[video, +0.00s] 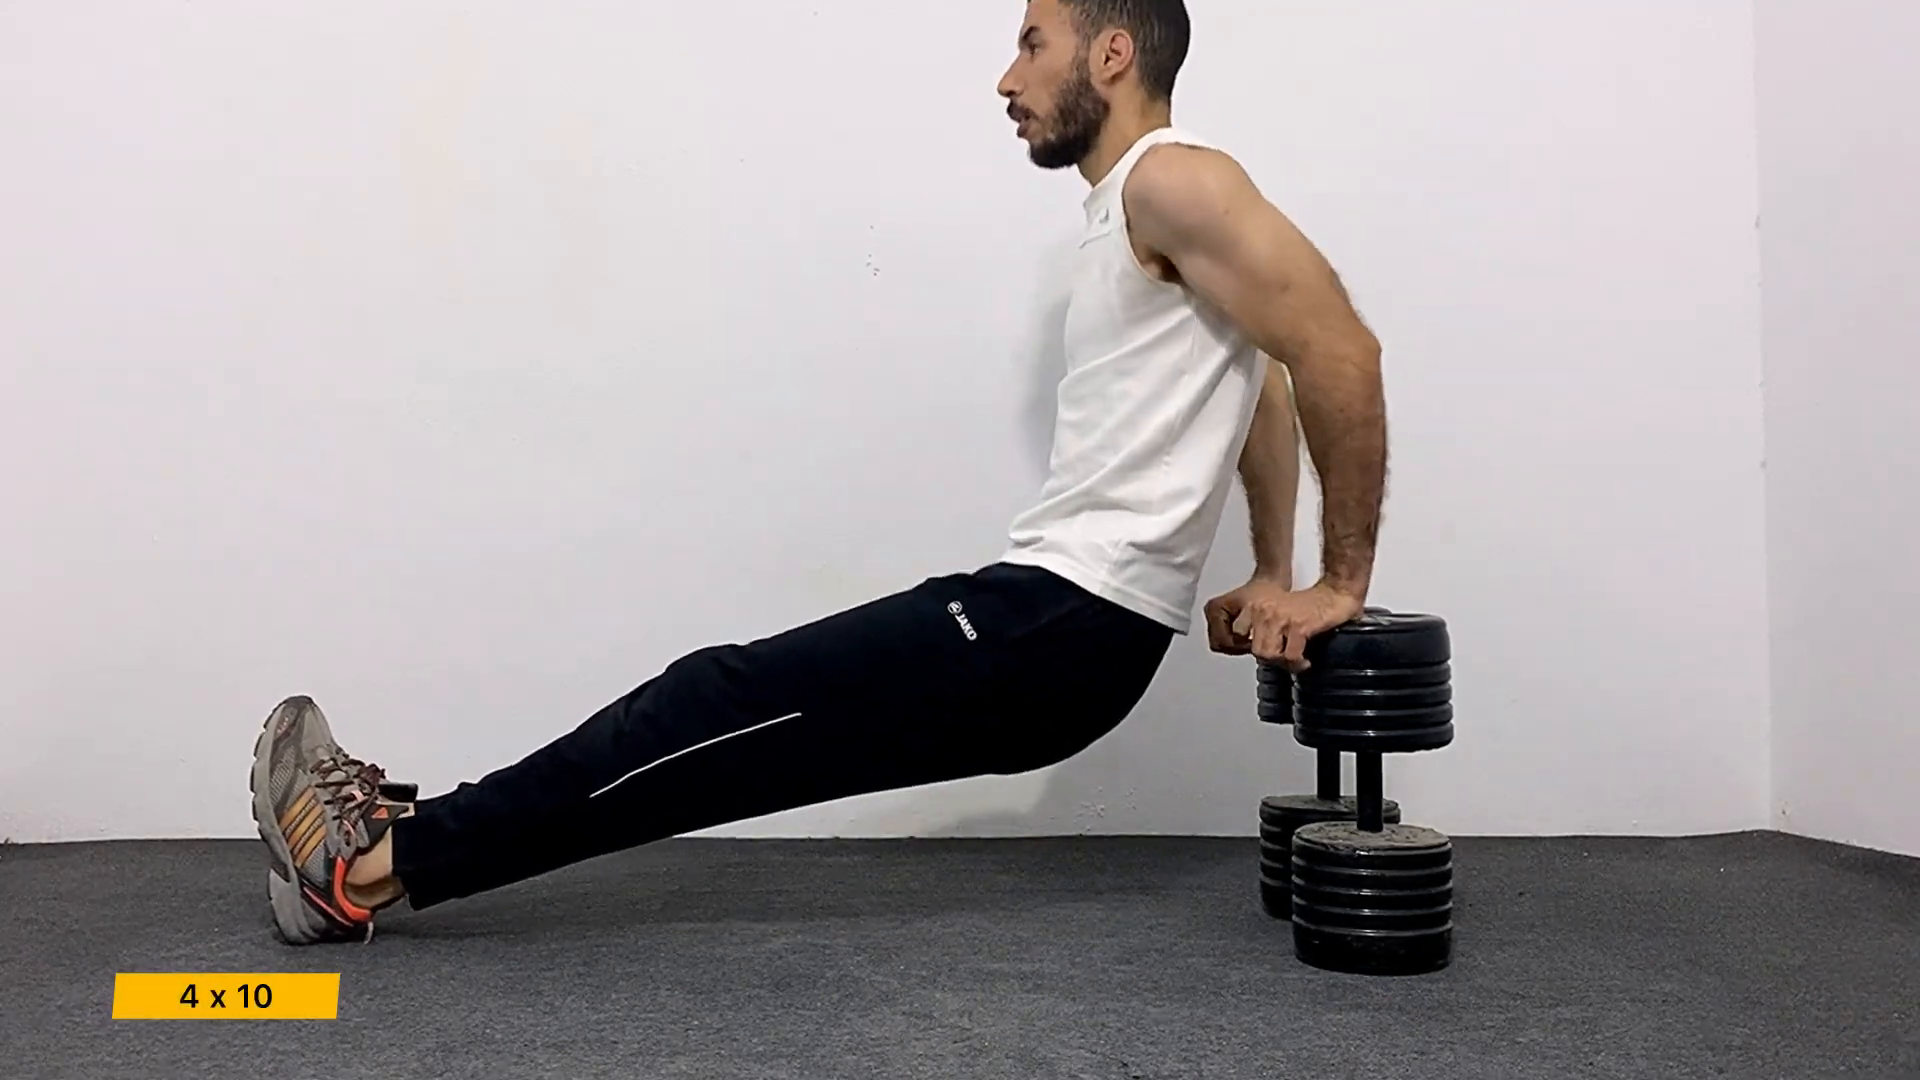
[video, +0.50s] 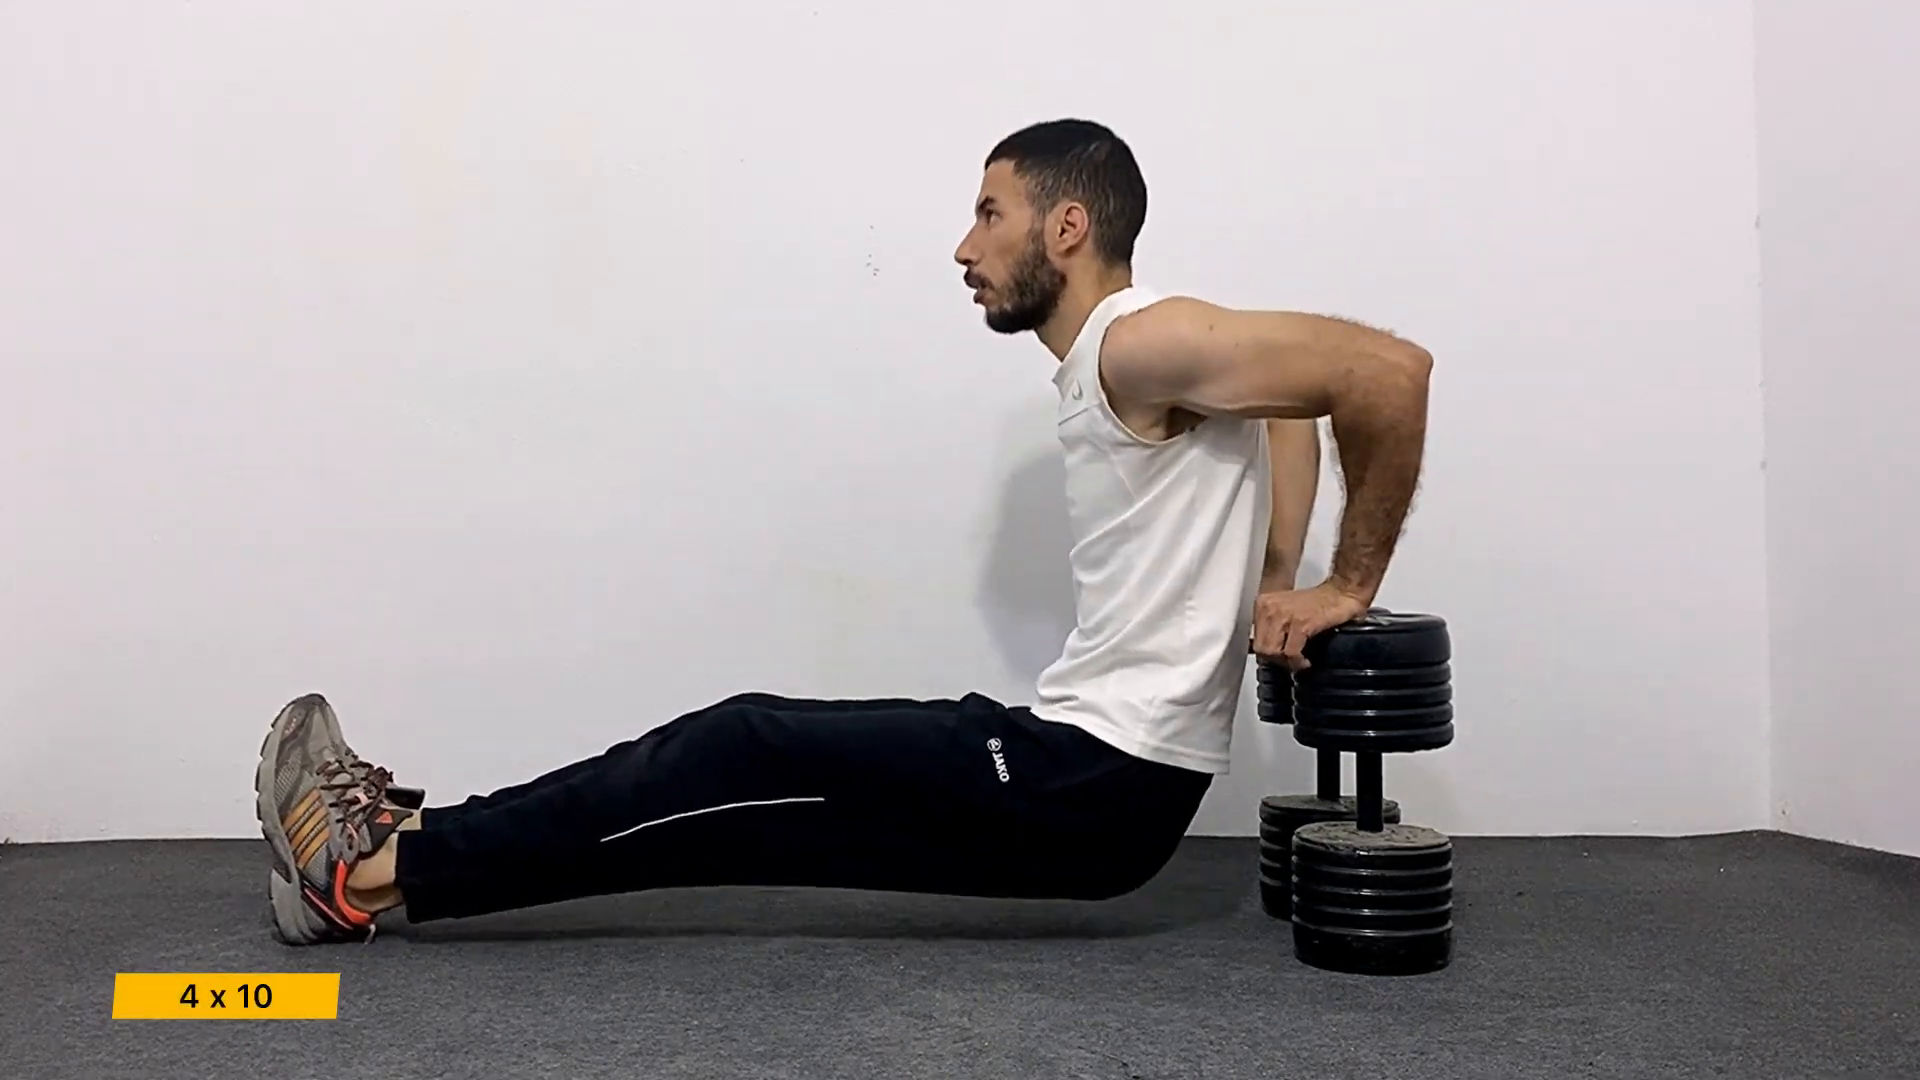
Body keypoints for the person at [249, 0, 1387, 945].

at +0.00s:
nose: (1007, 76)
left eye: (1031, 46)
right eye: (1015, 47)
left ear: (1116, 53)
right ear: (1106, 57)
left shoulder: (1179, 183)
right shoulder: (1145, 206)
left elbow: (1343, 349)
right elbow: (1266, 389)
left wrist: (1350, 580)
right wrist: (1269, 575)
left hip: (1069, 623)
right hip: (1053, 609)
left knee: (713, 712)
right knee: (711, 703)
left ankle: (376, 871)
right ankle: (400, 843)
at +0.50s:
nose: (964, 248)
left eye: (987, 216)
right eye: (973, 219)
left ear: (1074, 227)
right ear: (1077, 228)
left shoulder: (1136, 345)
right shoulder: (1126, 345)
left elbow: (1391, 375)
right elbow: (1295, 391)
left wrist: (1355, 585)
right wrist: (1279, 575)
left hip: (1097, 776)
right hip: (1078, 760)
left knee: (741, 742)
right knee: (736, 795)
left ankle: (386, 869)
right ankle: (416, 848)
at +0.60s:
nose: (962, 266)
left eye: (984, 235)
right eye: (970, 237)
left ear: (1069, 241)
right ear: (1073, 243)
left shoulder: (1136, 358)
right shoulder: (1122, 361)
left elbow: (1393, 377)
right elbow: (1292, 396)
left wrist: (1355, 586)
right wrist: (1280, 575)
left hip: (1100, 788)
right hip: (1088, 774)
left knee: (736, 746)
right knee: (731, 807)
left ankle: (380, 874)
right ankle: (417, 848)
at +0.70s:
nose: (961, 273)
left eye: (982, 241)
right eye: (968, 243)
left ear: (1069, 250)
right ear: (1071, 252)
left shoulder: (1135, 365)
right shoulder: (1117, 367)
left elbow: (1395, 379)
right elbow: (1289, 392)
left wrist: (1353, 591)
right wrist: (1280, 576)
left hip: (1100, 797)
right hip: (1081, 778)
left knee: (739, 752)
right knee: (734, 788)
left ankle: (382, 872)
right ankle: (423, 844)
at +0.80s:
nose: (961, 274)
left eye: (982, 242)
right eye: (967, 244)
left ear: (1067, 252)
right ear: (1068, 254)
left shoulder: (1133, 367)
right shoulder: (1115, 368)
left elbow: (1395, 379)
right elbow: (1288, 398)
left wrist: (1356, 590)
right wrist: (1282, 578)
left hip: (1100, 799)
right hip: (1080, 778)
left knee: (738, 754)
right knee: (734, 793)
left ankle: (380, 874)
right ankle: (419, 843)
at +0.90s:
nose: (962, 263)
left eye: (982, 232)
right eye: (969, 234)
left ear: (1067, 241)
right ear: (1072, 242)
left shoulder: (1140, 359)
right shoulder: (1122, 359)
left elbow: (1396, 377)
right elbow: (1290, 394)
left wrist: (1353, 591)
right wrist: (1275, 574)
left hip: (1102, 786)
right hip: (1084, 767)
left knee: (737, 749)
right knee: (732, 791)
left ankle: (383, 872)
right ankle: (420, 847)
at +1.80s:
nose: (1012, 97)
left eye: (1037, 68)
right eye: (1019, 70)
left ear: (1119, 82)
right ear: (1105, 89)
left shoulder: (1183, 207)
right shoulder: (1139, 234)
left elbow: (1368, 357)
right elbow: (1281, 402)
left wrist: (1349, 586)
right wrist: (1274, 578)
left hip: (1087, 648)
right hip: (1062, 634)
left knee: (730, 733)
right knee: (726, 721)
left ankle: (389, 874)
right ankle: (411, 848)